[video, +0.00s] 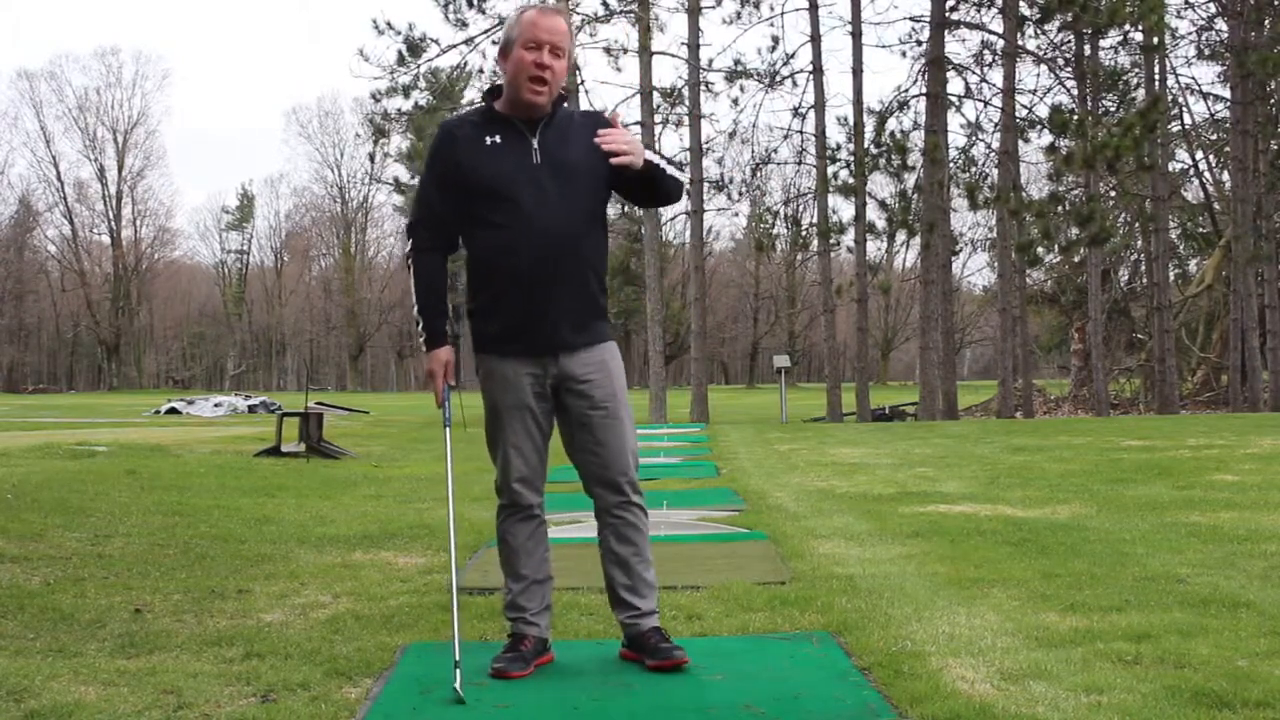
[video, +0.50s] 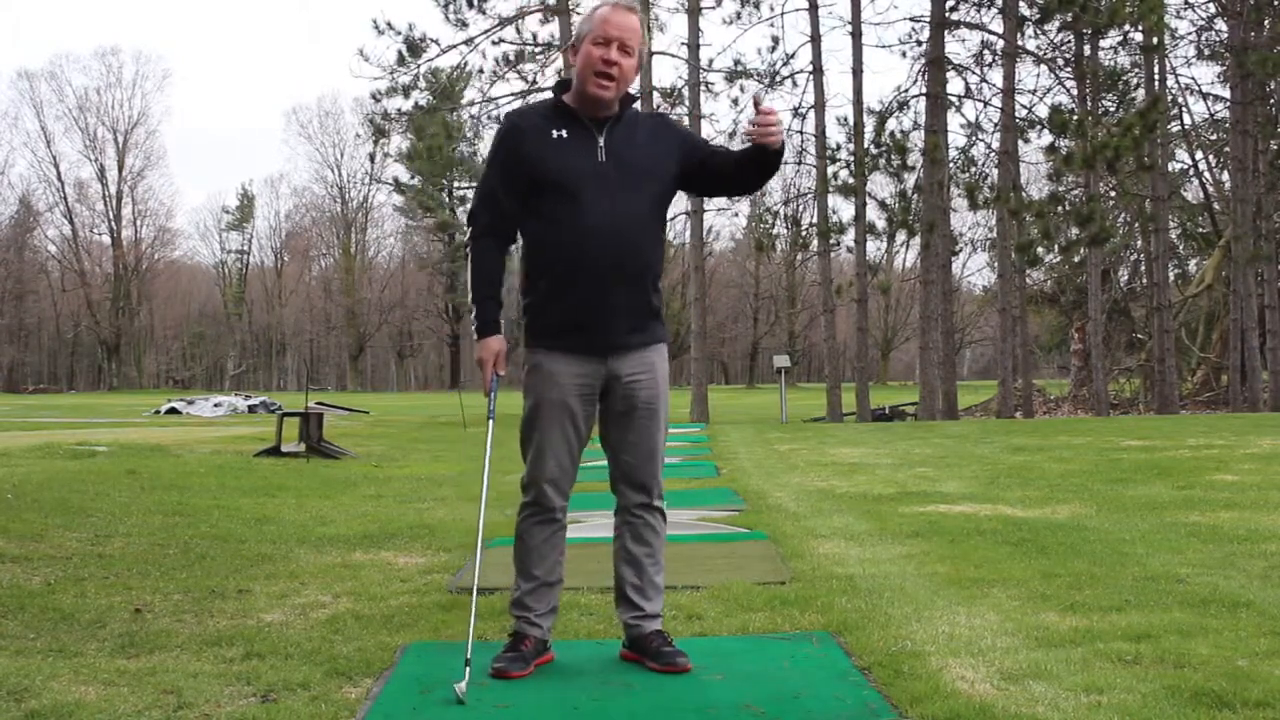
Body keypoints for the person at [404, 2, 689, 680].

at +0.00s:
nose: (543, 61)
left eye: (556, 52)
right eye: (531, 47)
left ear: (569, 66)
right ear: (503, 56)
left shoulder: (594, 130)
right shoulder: (460, 138)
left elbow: (664, 194)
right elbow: (428, 239)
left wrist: (642, 163)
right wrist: (437, 337)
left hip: (587, 338)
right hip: (505, 346)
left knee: (620, 486)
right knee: (519, 495)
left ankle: (642, 626)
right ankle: (527, 631)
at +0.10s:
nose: (554, 59)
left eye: (567, 50)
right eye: (542, 46)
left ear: (581, 65)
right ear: (515, 54)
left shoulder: (607, 135)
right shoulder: (471, 137)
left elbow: (680, 191)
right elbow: (438, 237)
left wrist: (660, 154)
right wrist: (443, 334)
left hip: (595, 341)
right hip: (513, 346)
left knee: (620, 489)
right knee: (523, 495)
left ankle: (643, 629)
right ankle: (529, 632)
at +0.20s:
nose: (567, 57)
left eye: (581, 50)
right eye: (556, 44)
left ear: (594, 67)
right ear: (529, 53)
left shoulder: (620, 135)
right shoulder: (484, 135)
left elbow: (690, 186)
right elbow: (450, 234)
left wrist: (682, 141)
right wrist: (451, 332)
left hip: (606, 341)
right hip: (524, 345)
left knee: (626, 490)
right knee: (529, 496)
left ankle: (644, 629)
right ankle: (529, 631)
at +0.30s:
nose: (582, 57)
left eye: (596, 49)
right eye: (571, 43)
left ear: (608, 66)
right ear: (543, 52)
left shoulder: (633, 135)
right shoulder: (496, 134)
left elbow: (704, 182)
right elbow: (462, 235)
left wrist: (712, 132)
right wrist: (463, 332)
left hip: (617, 341)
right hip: (534, 345)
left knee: (631, 492)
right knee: (534, 496)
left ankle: (644, 629)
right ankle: (529, 631)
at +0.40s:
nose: (597, 57)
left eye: (611, 50)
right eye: (587, 43)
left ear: (623, 66)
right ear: (559, 50)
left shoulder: (649, 137)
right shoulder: (510, 132)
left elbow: (720, 181)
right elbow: (473, 234)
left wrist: (741, 140)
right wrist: (476, 328)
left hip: (629, 344)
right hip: (545, 345)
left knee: (636, 494)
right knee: (539, 495)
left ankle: (644, 628)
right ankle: (530, 630)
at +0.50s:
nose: (611, 57)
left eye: (625, 50)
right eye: (601, 43)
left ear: (639, 66)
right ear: (573, 50)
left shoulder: (663, 137)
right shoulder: (525, 130)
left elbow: (732, 176)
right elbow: (488, 231)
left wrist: (768, 148)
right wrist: (487, 326)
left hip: (640, 341)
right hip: (556, 342)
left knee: (643, 495)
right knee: (545, 495)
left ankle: (645, 630)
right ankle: (530, 631)